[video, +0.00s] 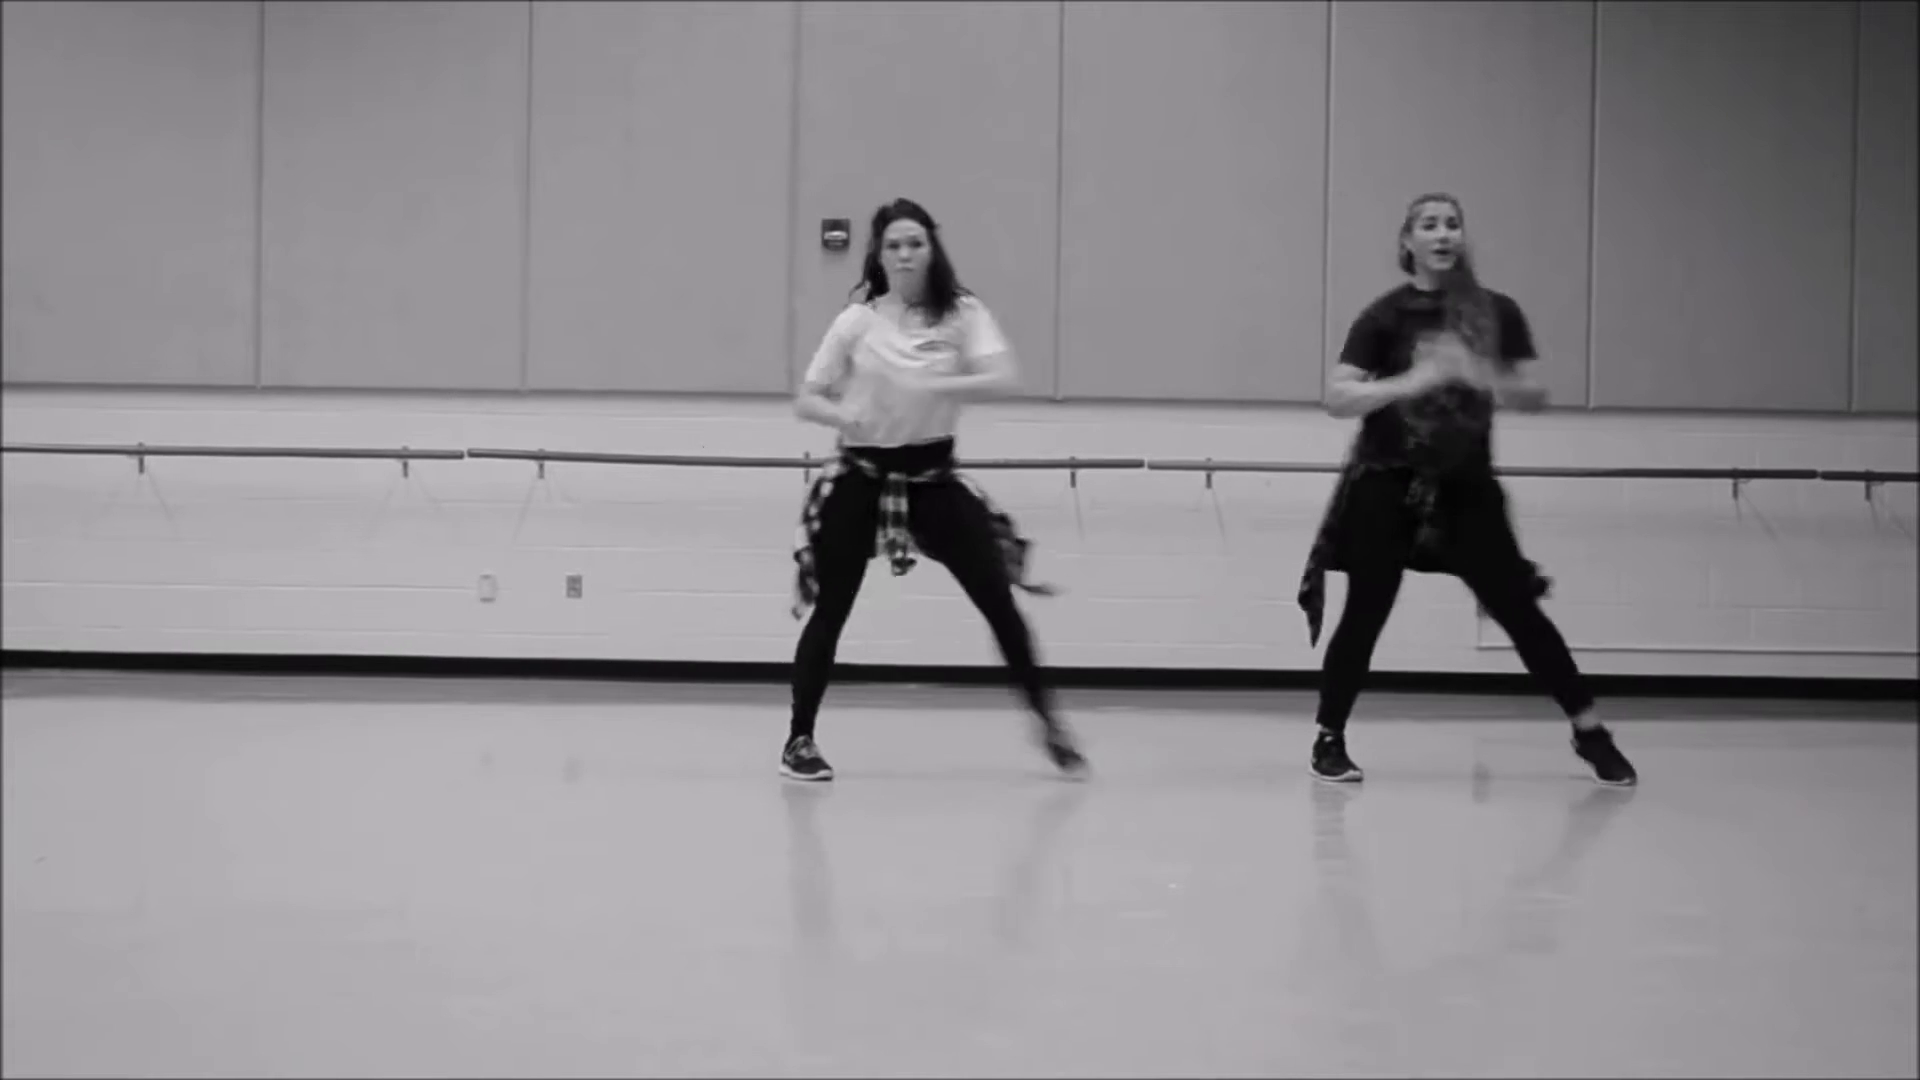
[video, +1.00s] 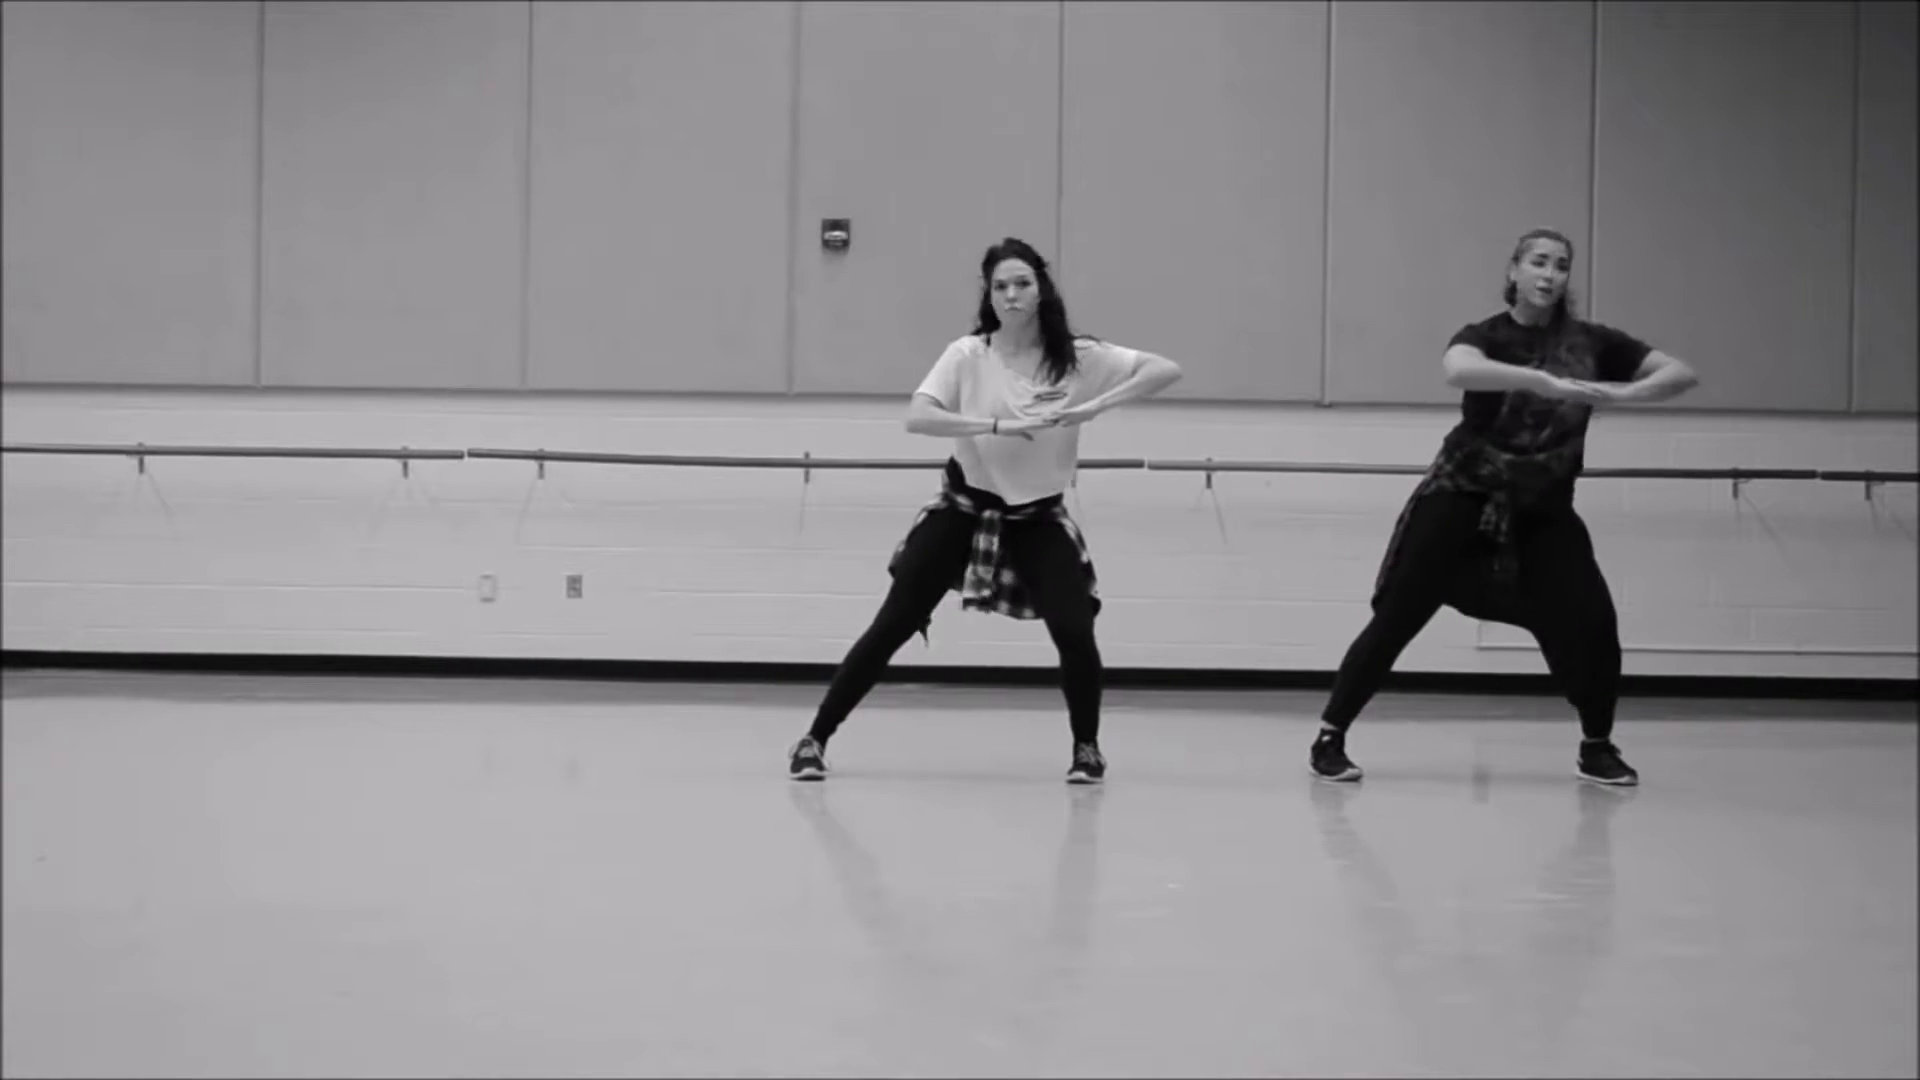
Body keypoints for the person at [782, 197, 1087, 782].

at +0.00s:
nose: (906, 254)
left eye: (916, 243)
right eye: (895, 245)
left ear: (934, 250)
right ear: (878, 255)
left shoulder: (963, 313)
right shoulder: (856, 321)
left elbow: (1006, 377)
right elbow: (807, 399)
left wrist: (938, 386)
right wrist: (844, 417)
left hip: (933, 480)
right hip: (861, 481)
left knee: (997, 601)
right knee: (831, 611)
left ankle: (1051, 726)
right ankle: (800, 740)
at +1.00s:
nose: (1012, 294)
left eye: (1022, 283)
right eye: (1001, 286)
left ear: (1042, 290)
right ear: (988, 295)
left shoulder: (1077, 357)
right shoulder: (967, 355)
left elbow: (1165, 370)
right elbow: (917, 417)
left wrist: (1091, 407)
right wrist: (993, 424)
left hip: (1039, 521)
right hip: (961, 514)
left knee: (1075, 630)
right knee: (893, 624)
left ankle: (1086, 747)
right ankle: (815, 740)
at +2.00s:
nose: (1018, 274)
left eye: (1034, 278)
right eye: (1018, 269)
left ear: (1040, 311)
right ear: (997, 282)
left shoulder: (1022, 367)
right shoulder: (969, 315)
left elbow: (996, 420)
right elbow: (985, 237)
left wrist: (942, 368)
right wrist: (1027, 176)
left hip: (992, 509)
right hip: (934, 509)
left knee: (1036, 634)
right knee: (852, 604)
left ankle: (1082, 749)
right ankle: (795, 738)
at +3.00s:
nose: (837, 275)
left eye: (852, 275)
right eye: (842, 268)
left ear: (869, 304)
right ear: (833, 283)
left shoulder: (848, 361)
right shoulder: (787, 339)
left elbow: (773, 380)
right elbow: (711, 367)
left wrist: (714, 367)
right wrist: (630, 346)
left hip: (812, 507)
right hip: (752, 501)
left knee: (826, 629)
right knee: (664, 599)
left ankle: (850, 744)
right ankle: (659, 740)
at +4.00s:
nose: (812, 315)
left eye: (826, 306)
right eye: (805, 304)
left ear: (849, 316)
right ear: (794, 310)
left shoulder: (853, 390)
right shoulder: (761, 346)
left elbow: (826, 483)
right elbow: (712, 419)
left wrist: (803, 446)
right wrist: (724, 402)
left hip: (794, 518)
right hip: (726, 510)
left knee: (844, 622)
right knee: (643, 611)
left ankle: (829, 743)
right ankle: (684, 737)